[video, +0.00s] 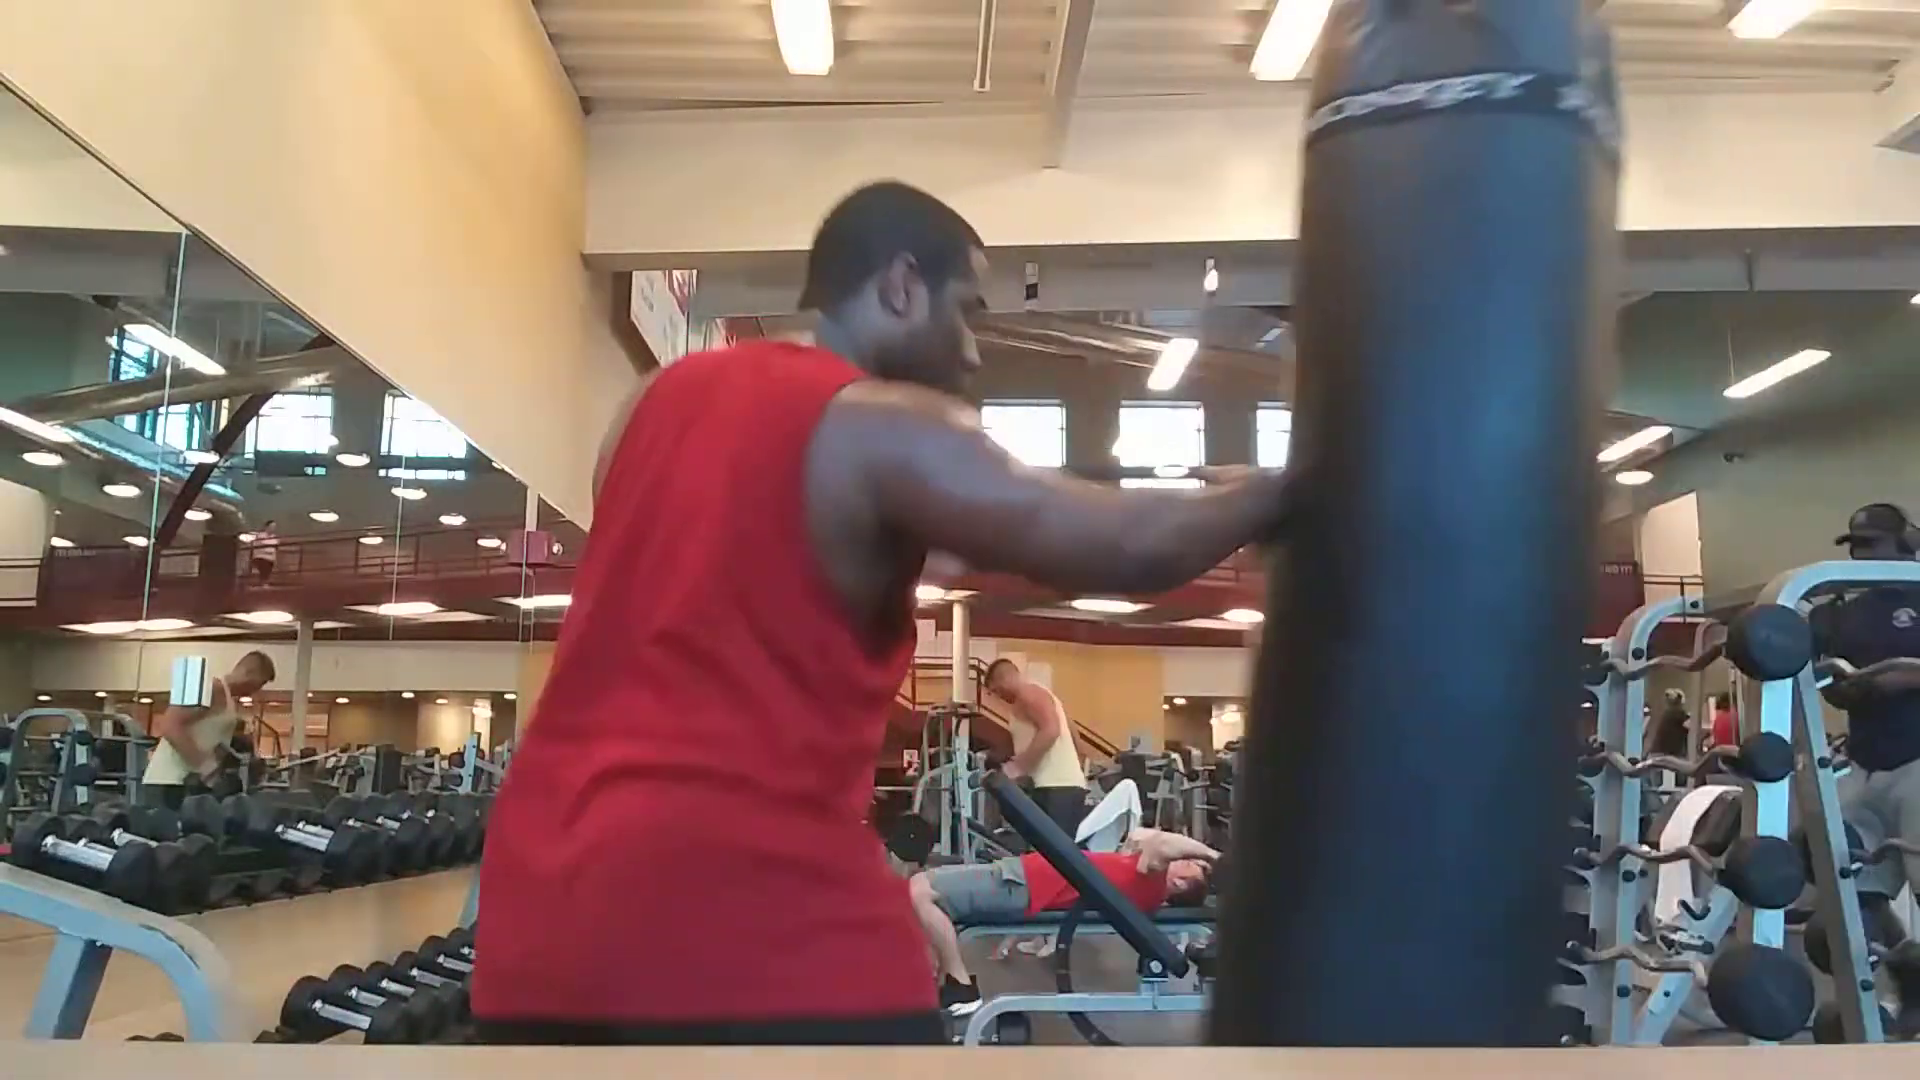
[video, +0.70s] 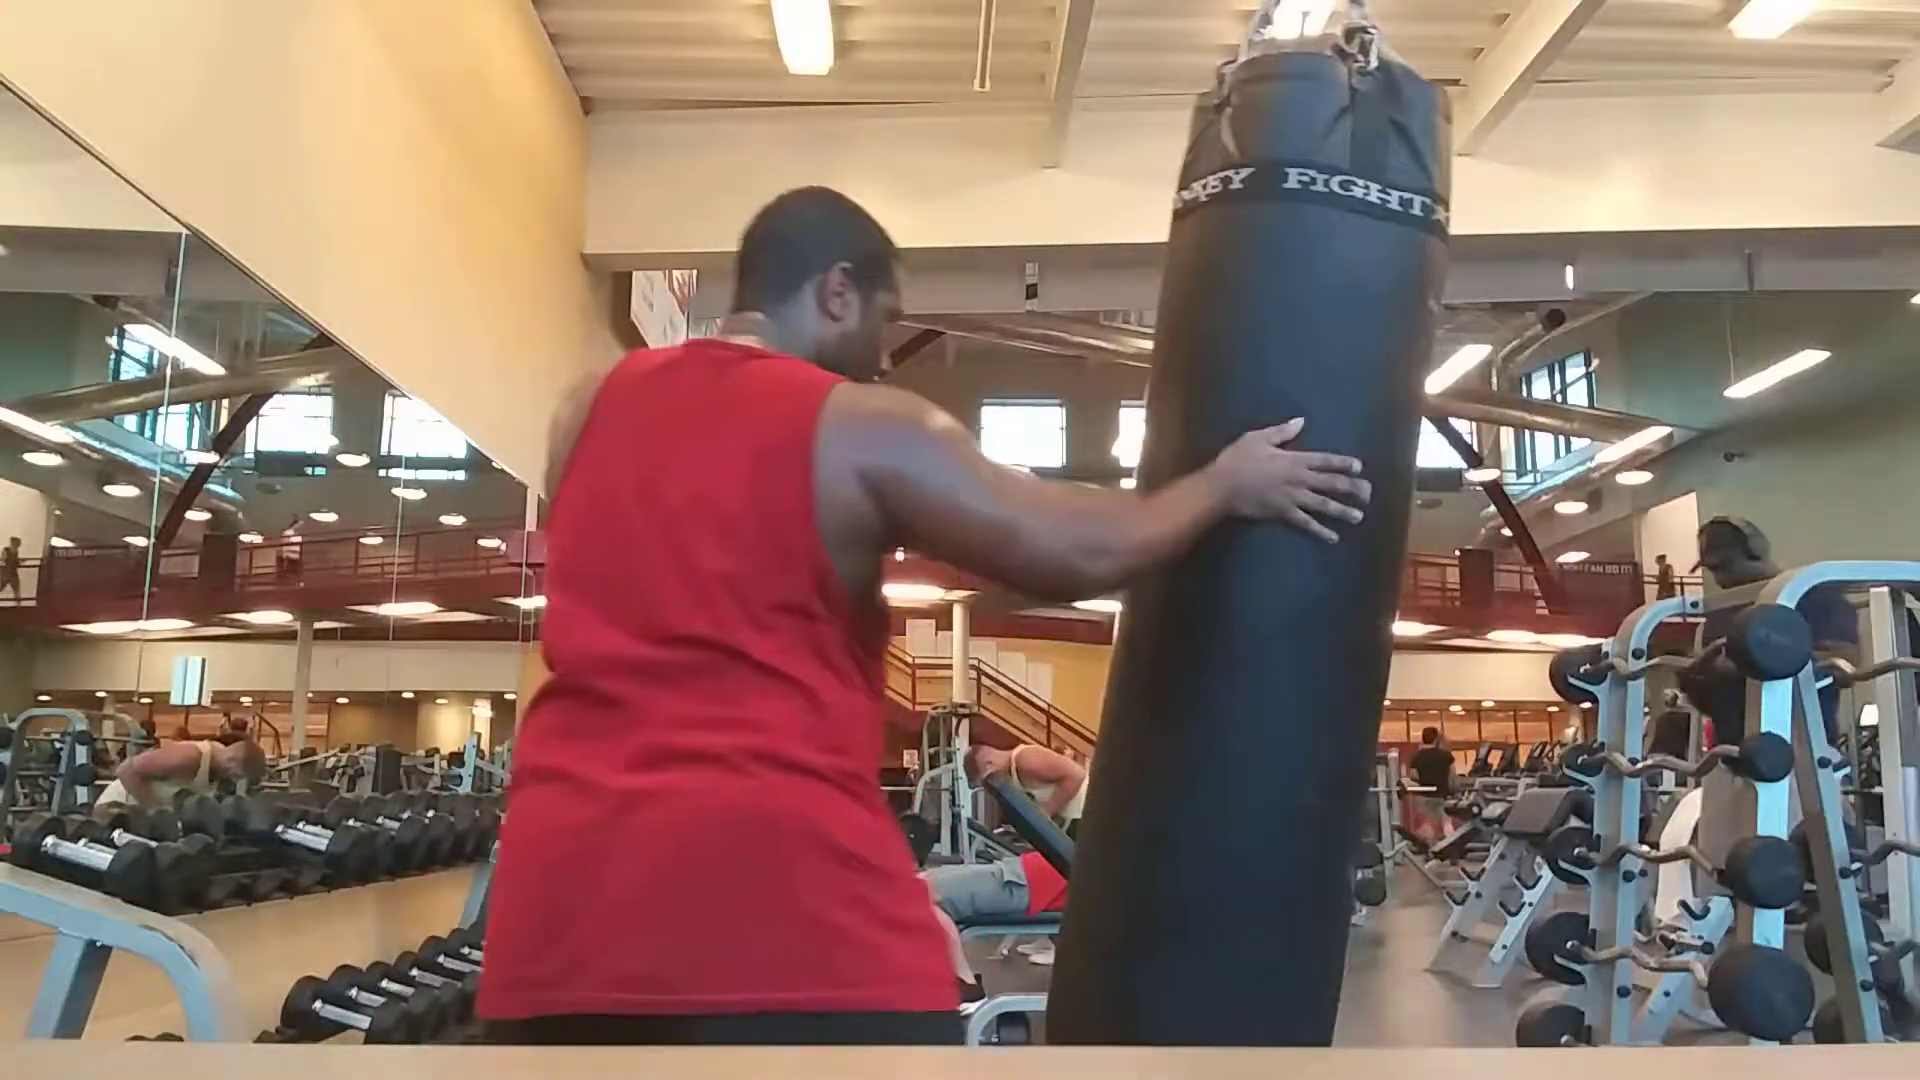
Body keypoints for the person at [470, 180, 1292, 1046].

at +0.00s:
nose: (970, 348)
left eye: (975, 322)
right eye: (967, 315)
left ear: (830, 283)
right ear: (900, 287)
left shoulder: (652, 401)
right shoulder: (877, 424)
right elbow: (1135, 546)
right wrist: (1291, 488)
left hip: (538, 895)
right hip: (751, 894)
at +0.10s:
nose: (984, 381)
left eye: (988, 352)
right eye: (978, 347)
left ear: (878, 325)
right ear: (909, 326)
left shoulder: (690, 424)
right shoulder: (846, 460)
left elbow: (1003, 509)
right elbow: (1082, 574)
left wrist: (1177, 504)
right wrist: (1223, 501)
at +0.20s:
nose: (966, 397)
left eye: (970, 367)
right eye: (961, 360)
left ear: (874, 340)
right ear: (890, 338)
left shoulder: (684, 442)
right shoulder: (832, 466)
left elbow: (873, 622)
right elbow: (1051, 606)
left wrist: (1031, 558)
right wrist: (1166, 549)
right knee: (926, 1059)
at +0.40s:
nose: (879, 380)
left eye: (888, 348)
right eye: (879, 340)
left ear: (732, 314)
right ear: (818, 313)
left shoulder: (604, 429)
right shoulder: (803, 454)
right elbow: (983, 661)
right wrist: (1160, 648)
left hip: (555, 897)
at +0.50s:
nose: (851, 351)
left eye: (856, 325)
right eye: (853, 320)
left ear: (706, 293)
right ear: (805, 294)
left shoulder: (566, 410)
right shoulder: (820, 437)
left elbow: (706, 536)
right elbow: (1001, 630)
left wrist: (906, 515)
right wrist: (1200, 645)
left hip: (547, 900)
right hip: (758, 886)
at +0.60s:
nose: (865, 341)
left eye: (867, 318)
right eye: (864, 313)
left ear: (705, 292)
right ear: (814, 291)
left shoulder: (567, 399)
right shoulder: (836, 424)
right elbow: (1018, 580)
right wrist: (1246, 548)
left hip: (548, 903)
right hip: (768, 890)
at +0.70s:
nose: (884, 343)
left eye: (889, 324)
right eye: (884, 321)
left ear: (740, 293)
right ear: (836, 294)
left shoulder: (592, 403)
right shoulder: (859, 419)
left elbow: (562, 552)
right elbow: (1074, 550)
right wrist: (1224, 483)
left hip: (560, 896)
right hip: (787, 890)